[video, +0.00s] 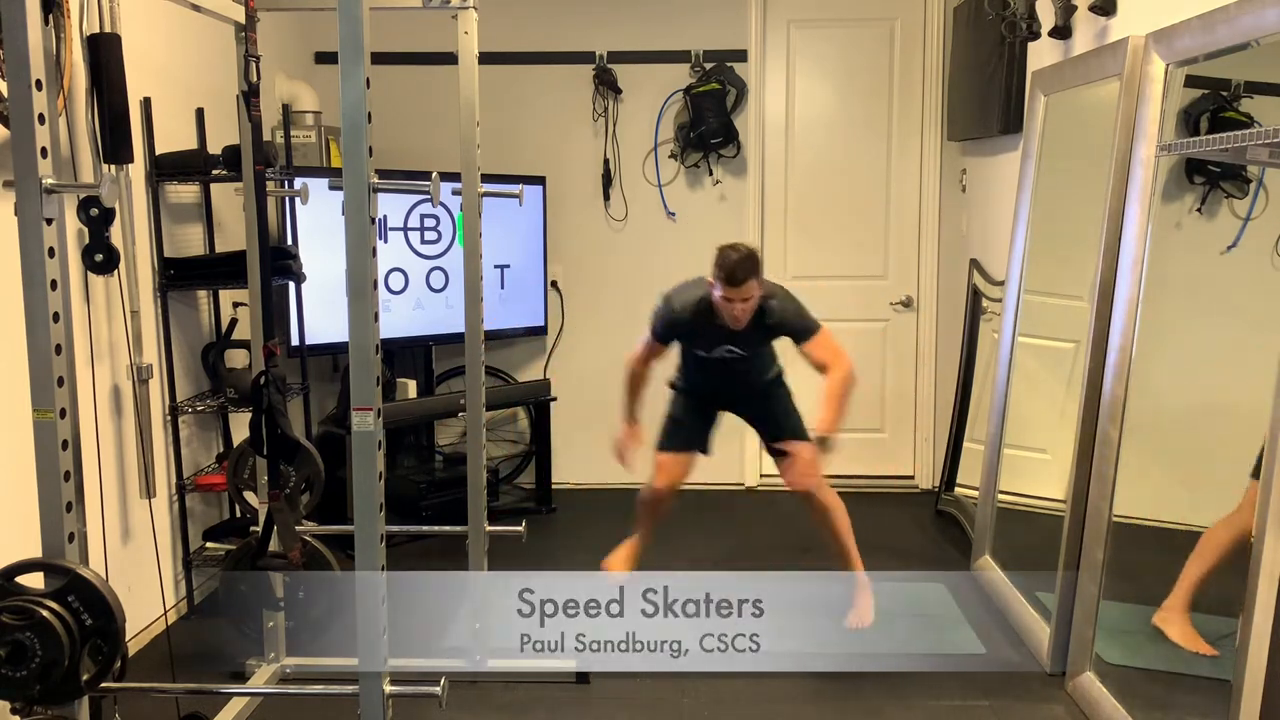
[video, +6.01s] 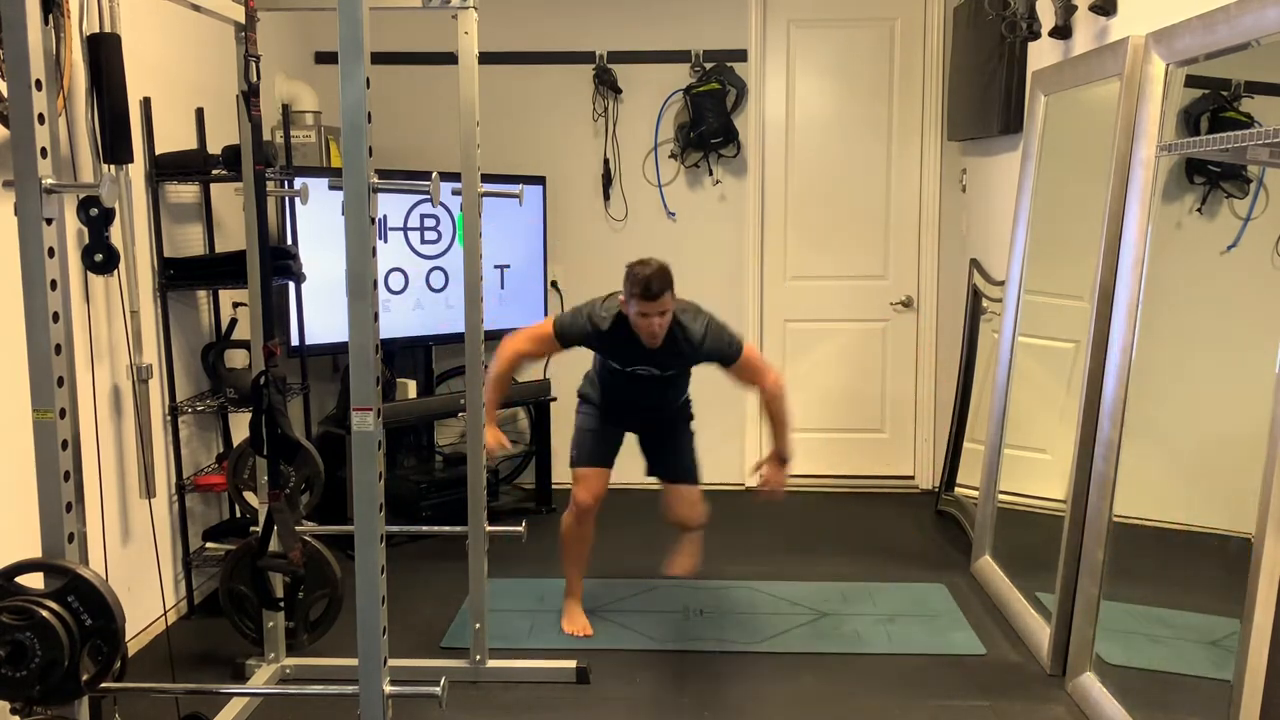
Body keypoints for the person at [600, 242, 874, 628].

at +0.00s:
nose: (738, 311)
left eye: (747, 301)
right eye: (728, 301)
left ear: (760, 287)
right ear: (713, 288)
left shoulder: (778, 306)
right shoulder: (681, 308)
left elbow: (841, 368)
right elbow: (640, 362)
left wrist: (824, 432)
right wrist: (631, 421)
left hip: (760, 389)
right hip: (697, 390)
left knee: (807, 482)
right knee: (661, 488)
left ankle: (859, 577)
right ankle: (637, 544)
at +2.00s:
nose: (635, 321)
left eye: (645, 312)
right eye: (627, 310)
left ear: (664, 302)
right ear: (616, 296)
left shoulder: (675, 338)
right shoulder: (601, 285)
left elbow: (615, 410)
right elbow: (560, 257)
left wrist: (540, 388)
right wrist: (514, 228)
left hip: (639, 409)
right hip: (590, 385)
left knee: (597, 495)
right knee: (577, 491)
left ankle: (531, 502)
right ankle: (546, 592)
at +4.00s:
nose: (626, 348)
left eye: (635, 339)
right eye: (617, 339)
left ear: (648, 325)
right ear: (601, 322)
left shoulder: (661, 355)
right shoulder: (582, 308)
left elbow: (623, 444)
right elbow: (511, 282)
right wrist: (447, 267)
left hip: (616, 421)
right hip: (573, 398)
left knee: (580, 504)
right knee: (556, 489)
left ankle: (523, 520)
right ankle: (545, 589)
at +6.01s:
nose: (657, 324)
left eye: (664, 313)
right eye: (646, 315)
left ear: (673, 302)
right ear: (625, 304)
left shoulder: (697, 328)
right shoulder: (598, 319)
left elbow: (770, 381)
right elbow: (513, 347)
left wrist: (780, 454)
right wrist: (489, 419)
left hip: (666, 411)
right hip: (604, 407)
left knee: (687, 514)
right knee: (585, 501)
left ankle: (692, 530)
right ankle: (573, 601)